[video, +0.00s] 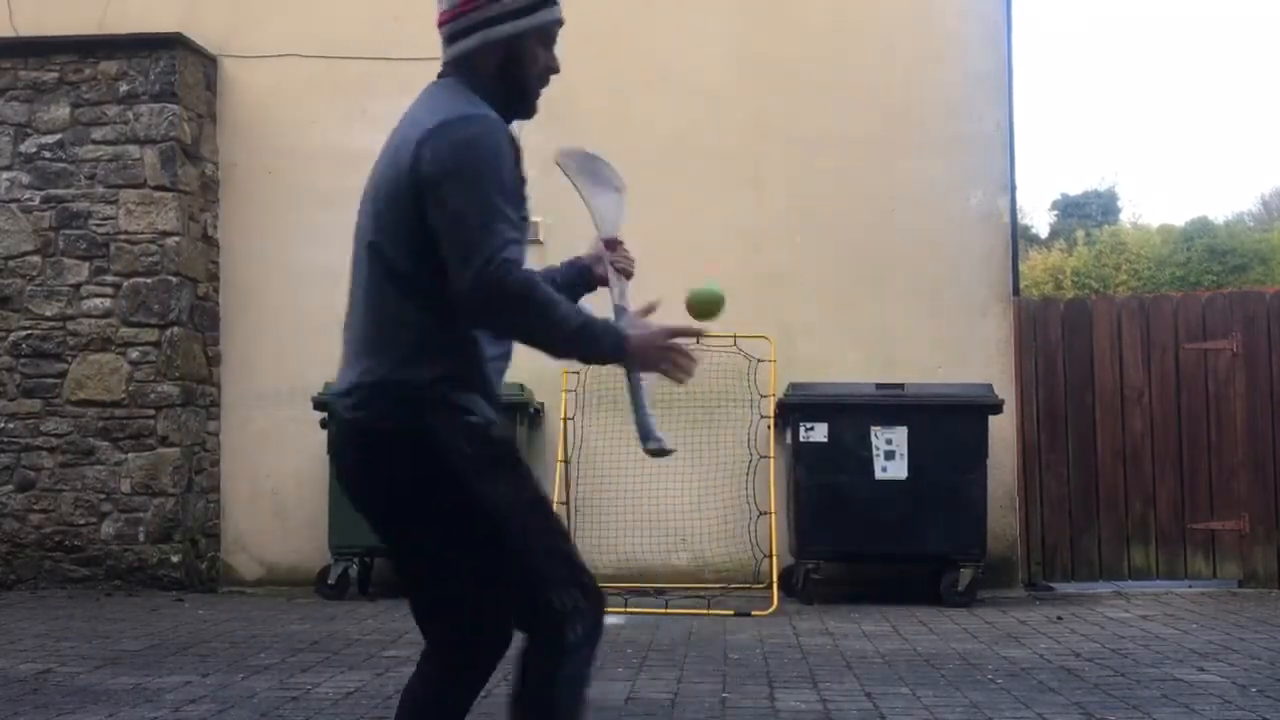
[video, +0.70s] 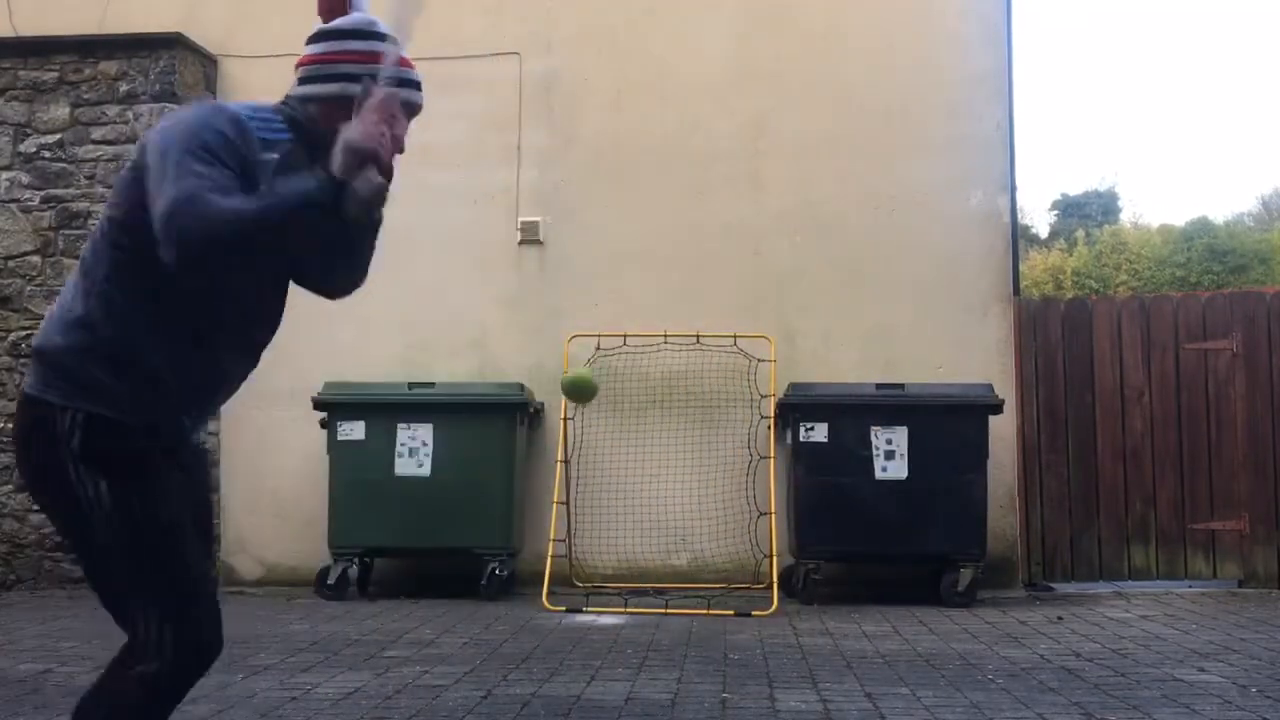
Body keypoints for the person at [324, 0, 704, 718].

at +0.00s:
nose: (554, 64)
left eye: (554, 45)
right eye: (546, 42)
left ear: (485, 47)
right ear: (502, 45)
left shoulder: (436, 123)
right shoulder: (468, 131)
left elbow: (475, 298)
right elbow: (493, 288)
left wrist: (581, 273)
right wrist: (620, 343)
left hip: (380, 424)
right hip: (429, 423)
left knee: (469, 628)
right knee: (570, 610)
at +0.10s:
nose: (529, 81)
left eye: (529, 63)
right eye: (520, 61)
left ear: (467, 61)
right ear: (472, 60)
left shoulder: (441, 148)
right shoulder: (416, 137)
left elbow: (451, 310)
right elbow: (410, 288)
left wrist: (574, 312)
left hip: (373, 427)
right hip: (351, 430)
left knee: (452, 634)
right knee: (470, 631)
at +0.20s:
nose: (499, 97)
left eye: (503, 78)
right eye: (492, 75)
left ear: (443, 73)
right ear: (441, 69)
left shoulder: (413, 173)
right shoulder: (355, 129)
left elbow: (398, 318)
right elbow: (296, 263)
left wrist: (488, 387)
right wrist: (326, 412)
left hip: (317, 429)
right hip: (248, 425)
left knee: (383, 626)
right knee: (283, 664)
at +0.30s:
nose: (478, 112)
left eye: (483, 92)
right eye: (476, 88)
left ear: (424, 78)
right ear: (427, 76)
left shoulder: (394, 189)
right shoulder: (317, 133)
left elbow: (376, 325)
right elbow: (239, 259)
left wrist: (441, 421)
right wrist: (251, 417)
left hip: (277, 437)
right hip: (191, 428)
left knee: (344, 634)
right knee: (183, 671)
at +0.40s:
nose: (437, 130)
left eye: (442, 111)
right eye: (435, 106)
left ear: (388, 94)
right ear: (389, 90)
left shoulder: (349, 207)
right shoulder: (262, 127)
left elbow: (329, 339)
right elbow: (156, 226)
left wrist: (419, 394)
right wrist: (216, 386)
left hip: (211, 426)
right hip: (114, 414)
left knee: (303, 615)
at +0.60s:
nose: (402, 126)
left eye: (406, 109)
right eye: (397, 106)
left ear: (340, 91)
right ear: (350, 92)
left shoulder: (329, 184)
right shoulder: (211, 111)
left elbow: (339, 286)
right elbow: (131, 167)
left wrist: (396, 181)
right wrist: (300, 160)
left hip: (183, 423)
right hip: (92, 406)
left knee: (185, 652)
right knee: (137, 654)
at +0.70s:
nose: (404, 137)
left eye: (409, 118)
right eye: (399, 113)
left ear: (344, 104)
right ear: (344, 100)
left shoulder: (315, 177)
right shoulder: (205, 130)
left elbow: (335, 275)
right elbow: (185, 231)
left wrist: (367, 192)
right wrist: (330, 179)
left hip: (165, 424)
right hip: (79, 414)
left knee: (183, 635)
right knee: (179, 638)